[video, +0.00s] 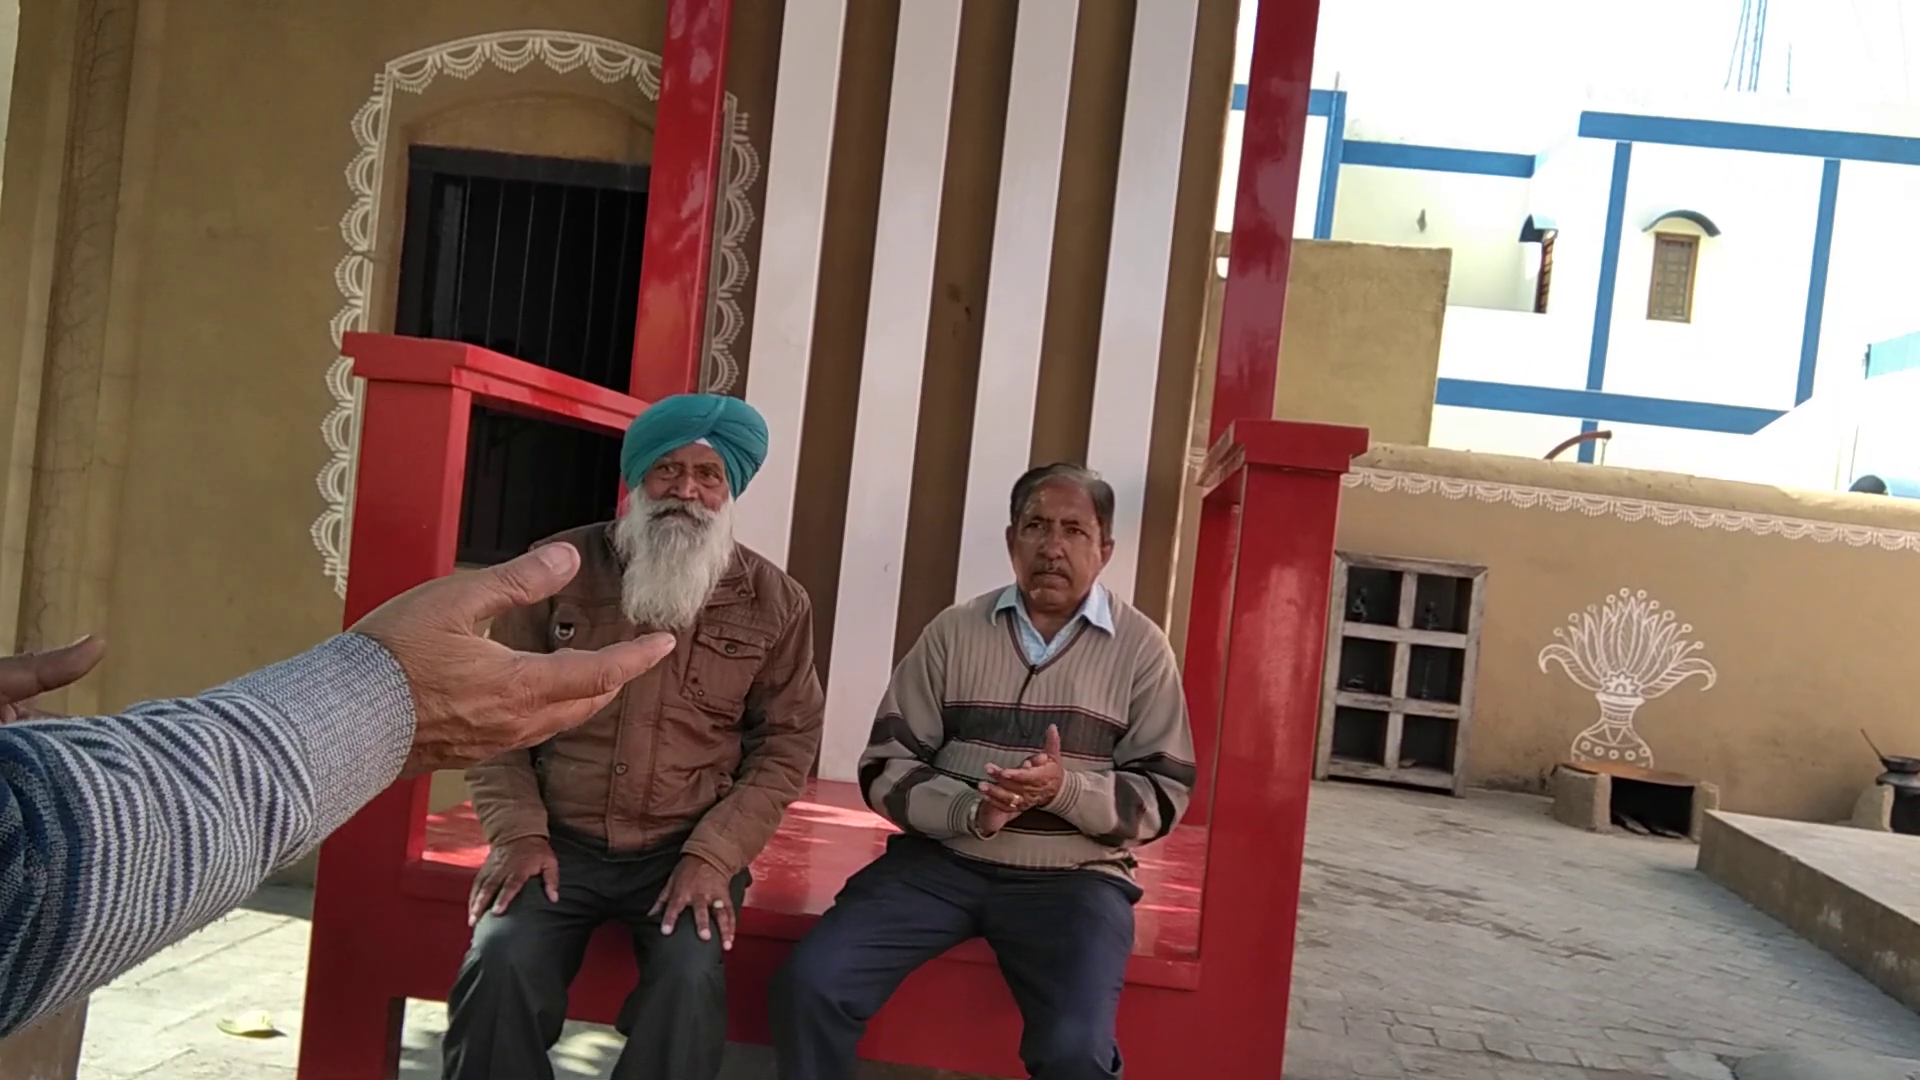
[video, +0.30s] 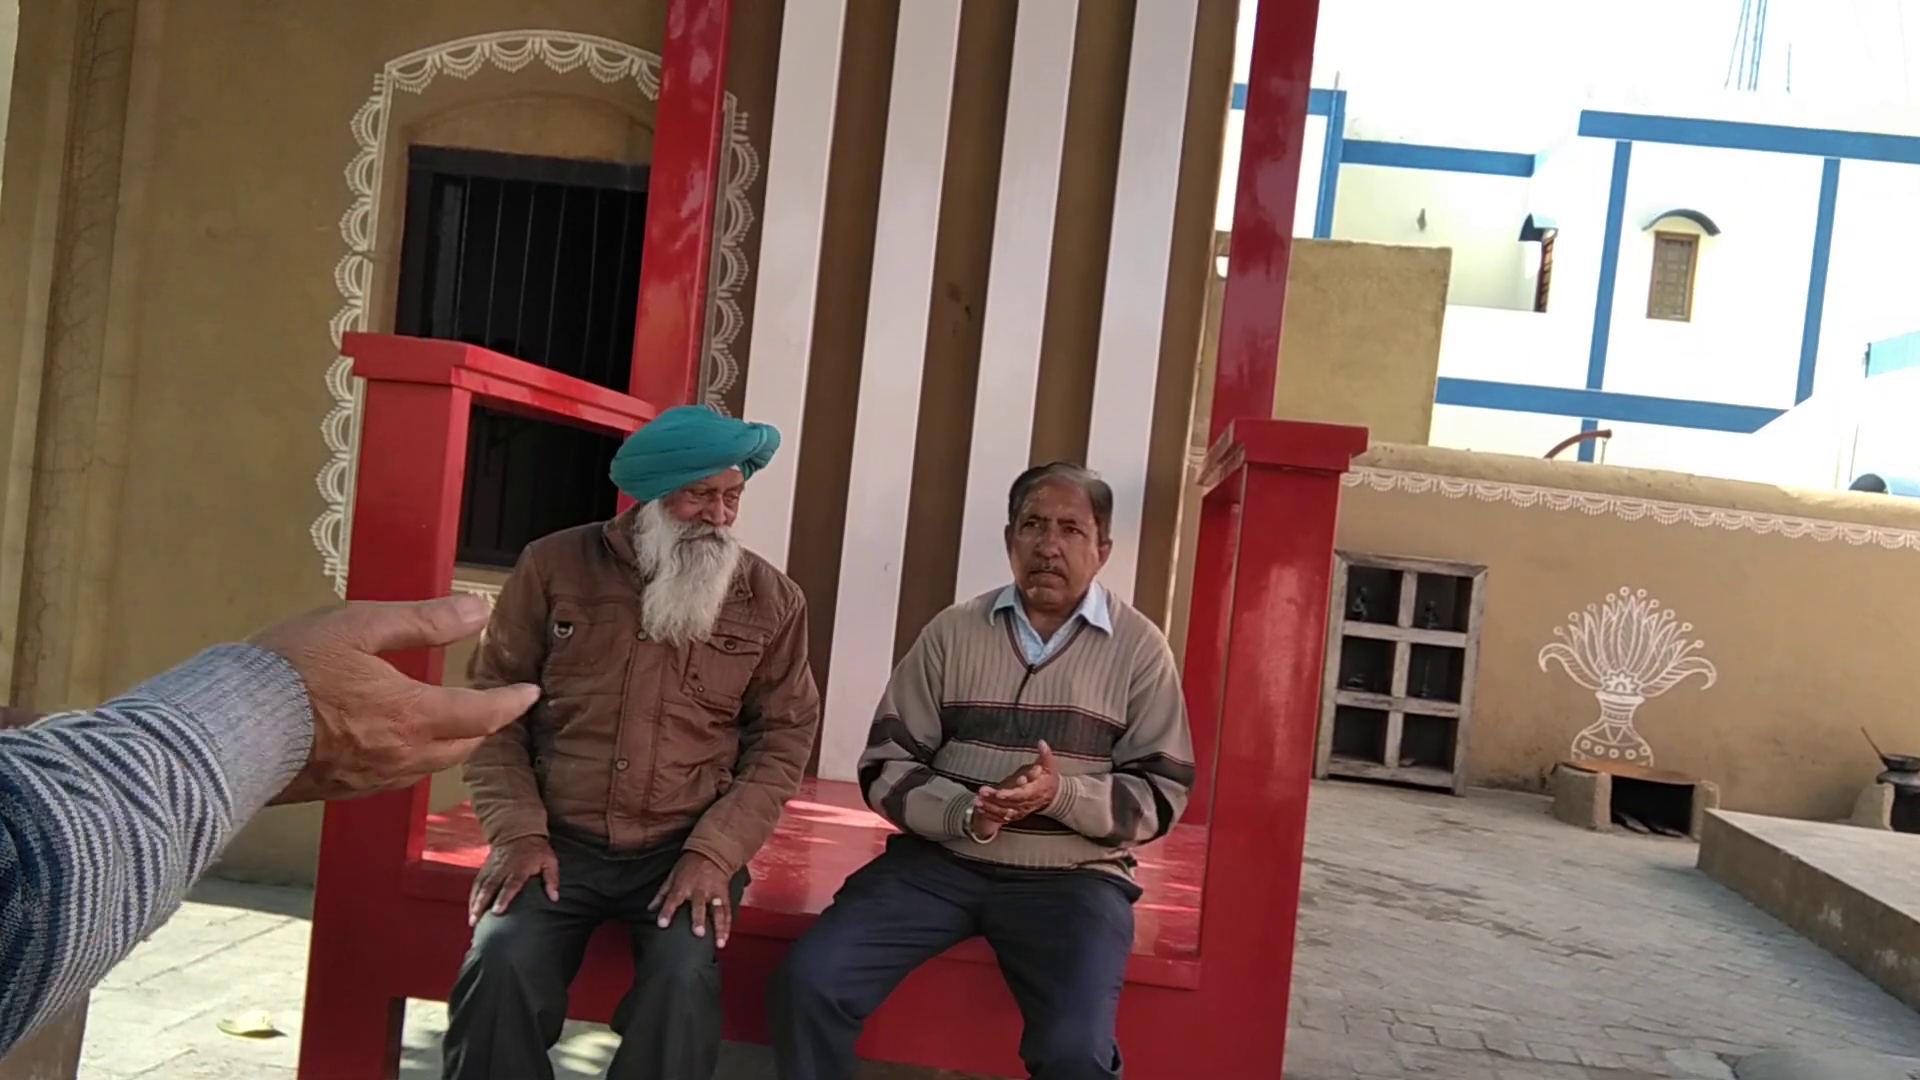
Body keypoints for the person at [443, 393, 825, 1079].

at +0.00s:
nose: (687, 489)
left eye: (709, 474)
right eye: (668, 470)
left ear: (731, 496)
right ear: (634, 484)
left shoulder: (775, 602)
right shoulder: (559, 567)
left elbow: (788, 747)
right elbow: (495, 712)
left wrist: (715, 854)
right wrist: (517, 829)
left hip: (685, 859)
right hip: (555, 848)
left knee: (691, 974)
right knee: (500, 961)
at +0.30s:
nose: (718, 514)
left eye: (731, 497)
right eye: (700, 495)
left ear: (743, 497)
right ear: (649, 493)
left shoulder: (771, 602)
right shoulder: (552, 569)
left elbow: (784, 741)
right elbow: (493, 709)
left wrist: (715, 851)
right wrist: (517, 828)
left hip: (685, 859)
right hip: (556, 847)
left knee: (683, 973)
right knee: (501, 960)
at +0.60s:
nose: (716, 510)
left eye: (729, 493)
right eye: (698, 490)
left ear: (741, 495)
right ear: (646, 490)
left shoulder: (769, 601)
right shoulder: (551, 567)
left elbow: (780, 741)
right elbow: (490, 706)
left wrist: (715, 852)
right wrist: (516, 827)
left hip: (684, 860)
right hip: (556, 848)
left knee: (685, 972)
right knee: (499, 961)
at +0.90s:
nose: (691, 495)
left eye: (710, 480)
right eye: (672, 476)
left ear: (730, 498)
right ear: (634, 488)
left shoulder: (771, 601)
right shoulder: (558, 566)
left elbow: (779, 742)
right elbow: (497, 701)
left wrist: (714, 852)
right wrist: (514, 824)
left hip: (684, 859)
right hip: (557, 846)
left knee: (685, 972)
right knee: (495, 960)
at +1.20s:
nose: (678, 492)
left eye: (700, 477)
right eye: (661, 474)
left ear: (727, 495)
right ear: (630, 486)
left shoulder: (772, 598)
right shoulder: (558, 563)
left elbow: (783, 734)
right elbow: (496, 695)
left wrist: (723, 843)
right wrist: (512, 817)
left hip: (686, 856)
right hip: (557, 841)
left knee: (692, 974)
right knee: (488, 962)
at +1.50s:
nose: (634, 502)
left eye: (658, 484)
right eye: (616, 482)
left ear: (696, 497)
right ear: (591, 490)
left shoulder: (757, 596)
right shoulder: (524, 571)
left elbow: (788, 733)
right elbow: (463, 711)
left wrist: (716, 857)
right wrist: (503, 832)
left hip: (679, 867)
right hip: (546, 856)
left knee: (683, 988)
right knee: (487, 978)